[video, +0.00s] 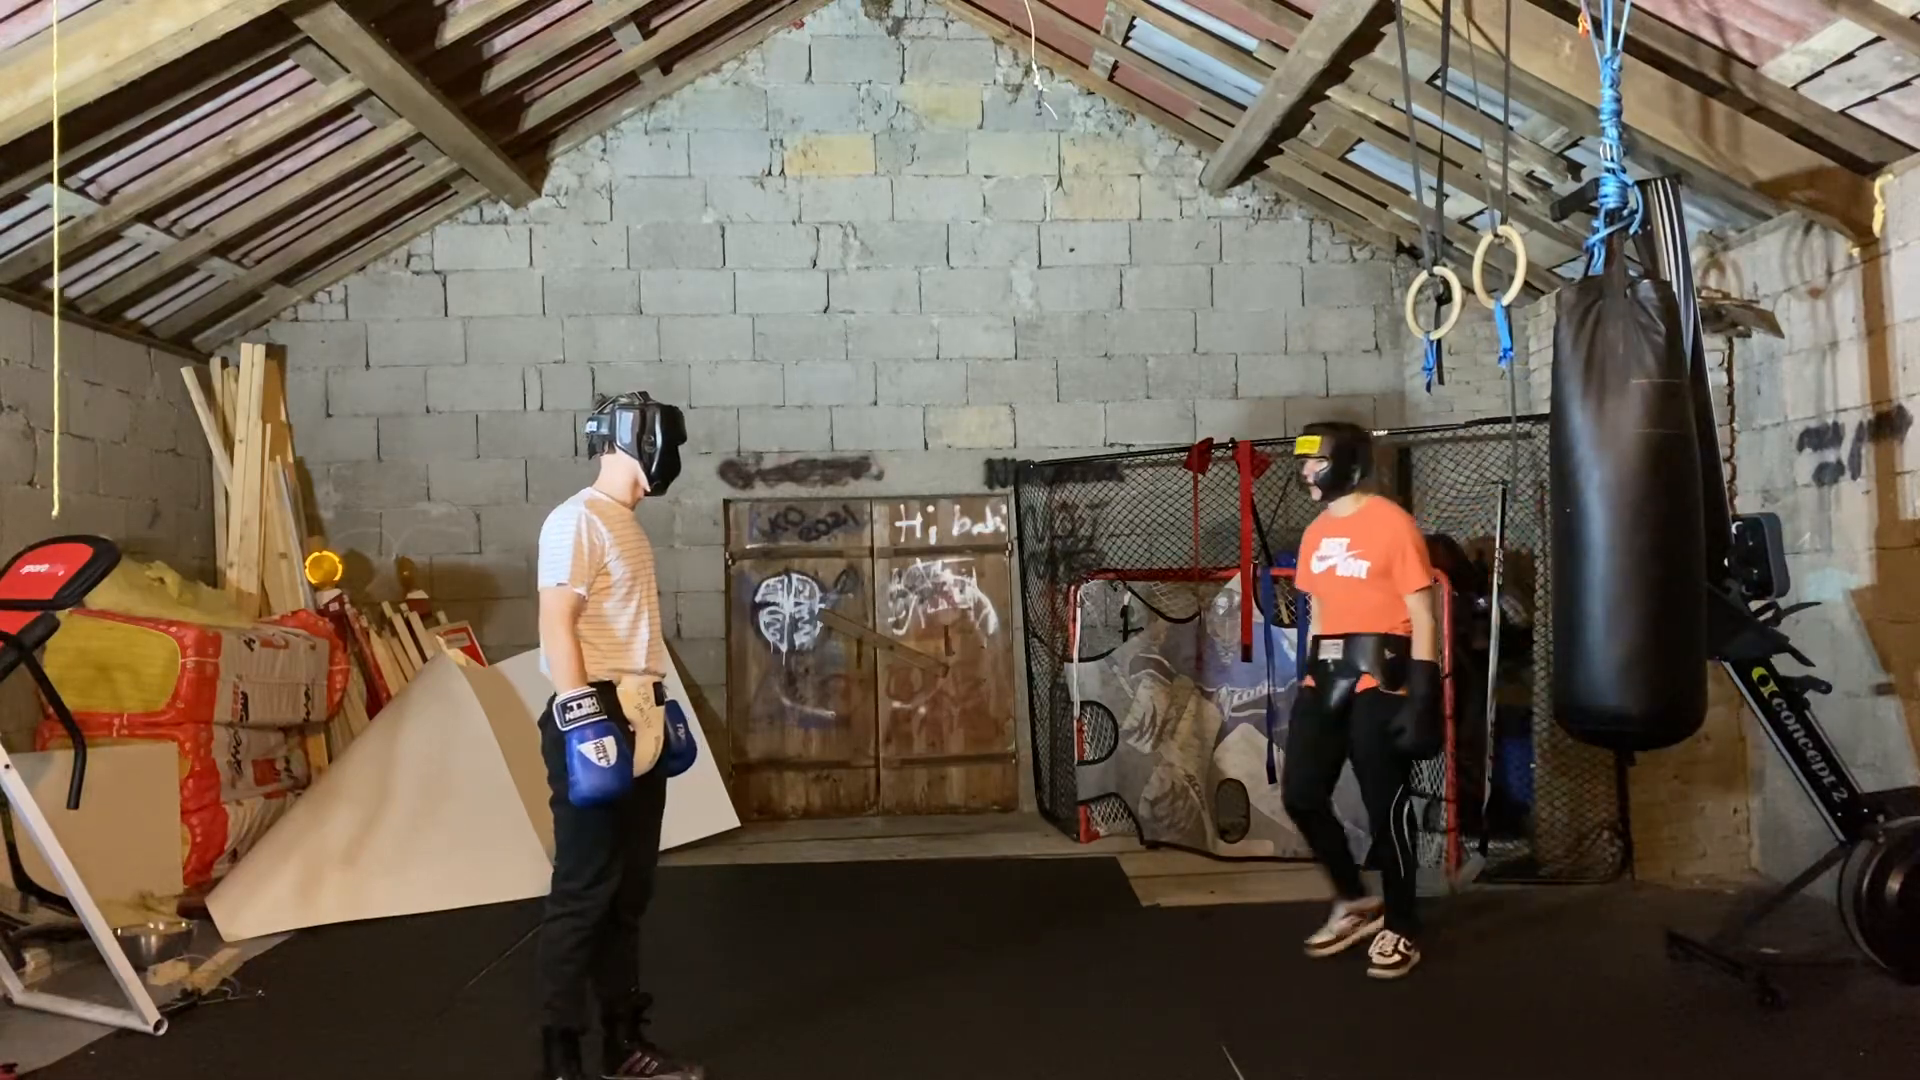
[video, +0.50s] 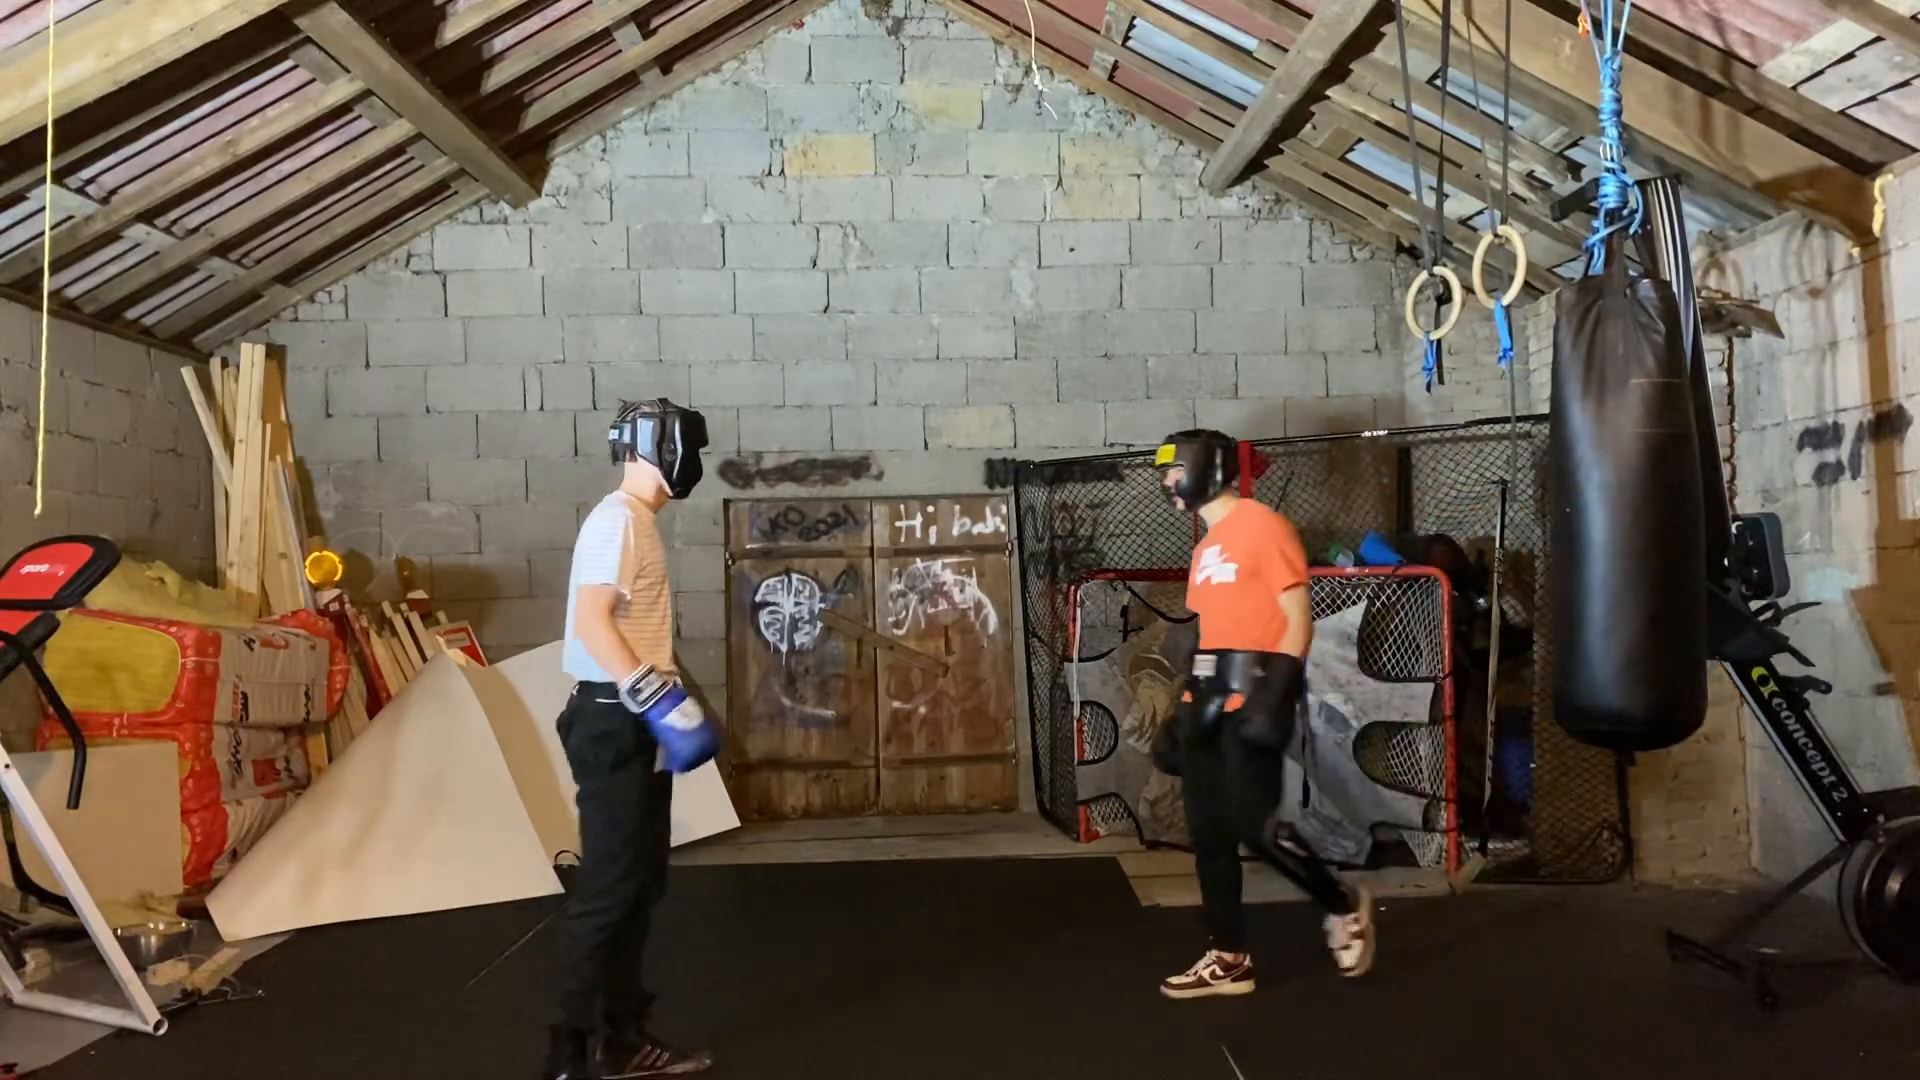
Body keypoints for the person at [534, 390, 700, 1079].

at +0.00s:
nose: (666, 468)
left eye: (668, 454)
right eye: (659, 452)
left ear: (634, 452)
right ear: (625, 446)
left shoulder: (628, 529)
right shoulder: (574, 520)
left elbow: (638, 625)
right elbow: (556, 623)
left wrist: (663, 705)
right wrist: (585, 718)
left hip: (639, 715)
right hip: (592, 718)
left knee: (628, 891)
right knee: (582, 893)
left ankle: (624, 1047)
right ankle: (562, 1060)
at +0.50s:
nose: (694, 466)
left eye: (693, 452)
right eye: (686, 452)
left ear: (643, 450)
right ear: (654, 450)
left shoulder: (637, 522)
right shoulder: (616, 520)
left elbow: (628, 622)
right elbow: (592, 617)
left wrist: (672, 702)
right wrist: (660, 698)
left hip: (635, 714)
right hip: (609, 715)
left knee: (640, 879)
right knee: (611, 883)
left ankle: (623, 1042)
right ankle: (571, 1055)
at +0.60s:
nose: (693, 467)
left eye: (691, 452)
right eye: (688, 452)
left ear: (640, 449)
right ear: (665, 451)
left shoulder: (644, 522)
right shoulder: (622, 519)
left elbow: (635, 620)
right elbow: (606, 613)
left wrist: (690, 676)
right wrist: (688, 658)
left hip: (640, 709)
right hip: (620, 711)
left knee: (643, 877)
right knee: (633, 879)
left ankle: (624, 1043)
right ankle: (582, 1056)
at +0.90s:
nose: (716, 477)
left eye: (716, 463)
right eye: (712, 462)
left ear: (662, 452)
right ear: (691, 455)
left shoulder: (638, 518)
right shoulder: (657, 519)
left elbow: (677, 610)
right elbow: (677, 609)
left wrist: (754, 592)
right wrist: (765, 582)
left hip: (628, 708)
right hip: (658, 711)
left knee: (641, 874)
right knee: (713, 868)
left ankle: (624, 1043)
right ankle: (710, 1045)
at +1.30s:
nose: (802, 488)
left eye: (803, 474)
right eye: (800, 473)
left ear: (747, 461)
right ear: (780, 467)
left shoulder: (715, 524)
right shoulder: (740, 528)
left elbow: (765, 602)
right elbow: (733, 624)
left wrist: (838, 578)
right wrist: (811, 609)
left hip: (701, 712)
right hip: (740, 715)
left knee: (688, 874)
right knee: (774, 867)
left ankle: (631, 1028)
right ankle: (793, 1017)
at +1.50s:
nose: (854, 499)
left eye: (855, 486)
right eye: (852, 486)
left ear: (801, 475)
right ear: (832, 485)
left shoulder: (774, 529)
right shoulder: (782, 543)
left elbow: (786, 612)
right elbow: (745, 633)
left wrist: (842, 594)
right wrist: (827, 644)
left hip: (761, 707)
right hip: (782, 713)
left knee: (784, 856)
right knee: (812, 860)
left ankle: (682, 978)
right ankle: (796, 1019)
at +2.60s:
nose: (1029, 497)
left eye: (1035, 482)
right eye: (1015, 488)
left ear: (1046, 473)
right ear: (990, 491)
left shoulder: (1056, 530)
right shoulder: (975, 548)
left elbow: (1076, 608)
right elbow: (945, 642)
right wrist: (1016, 649)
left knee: (1016, 840)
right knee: (1056, 842)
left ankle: (928, 938)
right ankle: (1056, 1016)